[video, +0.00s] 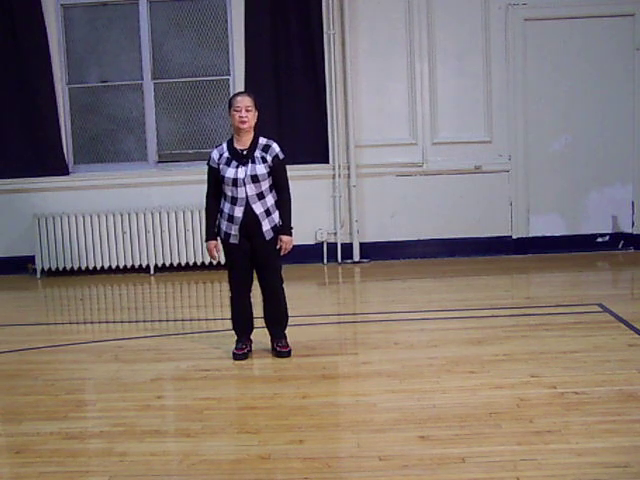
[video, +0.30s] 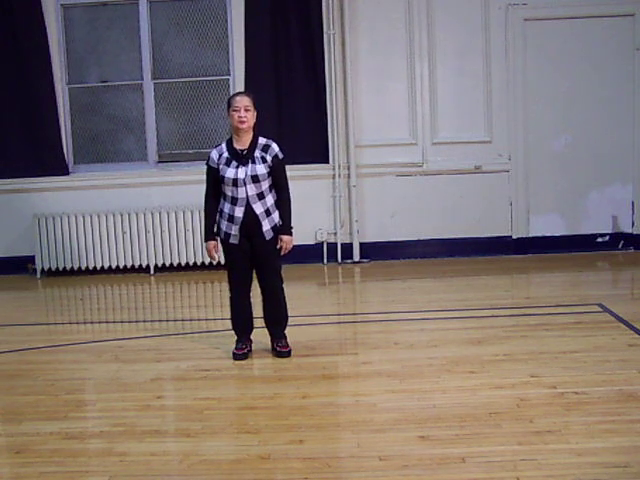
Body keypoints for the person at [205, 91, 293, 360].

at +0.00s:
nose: (243, 114)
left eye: (248, 110)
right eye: (237, 110)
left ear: (256, 114)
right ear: (230, 115)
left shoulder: (270, 149)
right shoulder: (219, 155)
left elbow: (283, 192)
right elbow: (212, 197)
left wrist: (286, 230)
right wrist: (211, 234)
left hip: (267, 230)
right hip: (233, 233)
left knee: (272, 285)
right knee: (239, 288)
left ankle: (278, 336)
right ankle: (243, 338)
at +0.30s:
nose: (242, 114)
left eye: (247, 110)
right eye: (236, 110)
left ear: (255, 115)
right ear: (228, 116)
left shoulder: (269, 149)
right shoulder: (218, 155)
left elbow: (283, 192)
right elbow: (211, 197)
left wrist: (286, 229)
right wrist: (210, 235)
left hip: (266, 230)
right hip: (233, 233)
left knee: (272, 285)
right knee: (239, 288)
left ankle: (278, 335)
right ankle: (243, 338)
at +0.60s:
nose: (241, 115)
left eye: (246, 110)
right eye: (235, 110)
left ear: (254, 114)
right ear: (228, 115)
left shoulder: (268, 149)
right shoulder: (217, 155)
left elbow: (283, 191)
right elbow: (211, 198)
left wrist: (286, 229)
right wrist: (210, 235)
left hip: (266, 230)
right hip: (232, 233)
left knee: (272, 285)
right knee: (239, 288)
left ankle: (278, 335)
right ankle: (243, 338)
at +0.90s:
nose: (241, 114)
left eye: (245, 109)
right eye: (235, 110)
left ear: (253, 114)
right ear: (227, 116)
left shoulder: (268, 149)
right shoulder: (216, 155)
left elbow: (282, 191)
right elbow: (211, 198)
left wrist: (285, 229)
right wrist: (210, 235)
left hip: (266, 231)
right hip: (232, 233)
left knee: (272, 285)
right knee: (239, 289)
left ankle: (279, 335)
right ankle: (243, 338)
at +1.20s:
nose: (241, 114)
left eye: (246, 109)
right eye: (235, 110)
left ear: (254, 115)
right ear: (227, 116)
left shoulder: (268, 149)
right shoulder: (217, 155)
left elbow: (282, 192)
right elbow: (211, 198)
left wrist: (285, 229)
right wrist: (210, 235)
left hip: (266, 230)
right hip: (232, 233)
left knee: (272, 285)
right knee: (239, 288)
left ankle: (279, 335)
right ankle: (243, 337)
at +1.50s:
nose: (241, 114)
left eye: (246, 109)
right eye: (235, 109)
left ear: (254, 114)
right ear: (227, 115)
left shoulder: (268, 149)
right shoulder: (217, 155)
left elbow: (282, 192)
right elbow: (211, 198)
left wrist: (285, 229)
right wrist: (210, 235)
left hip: (266, 231)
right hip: (232, 233)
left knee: (272, 285)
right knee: (239, 289)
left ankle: (278, 335)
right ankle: (243, 338)